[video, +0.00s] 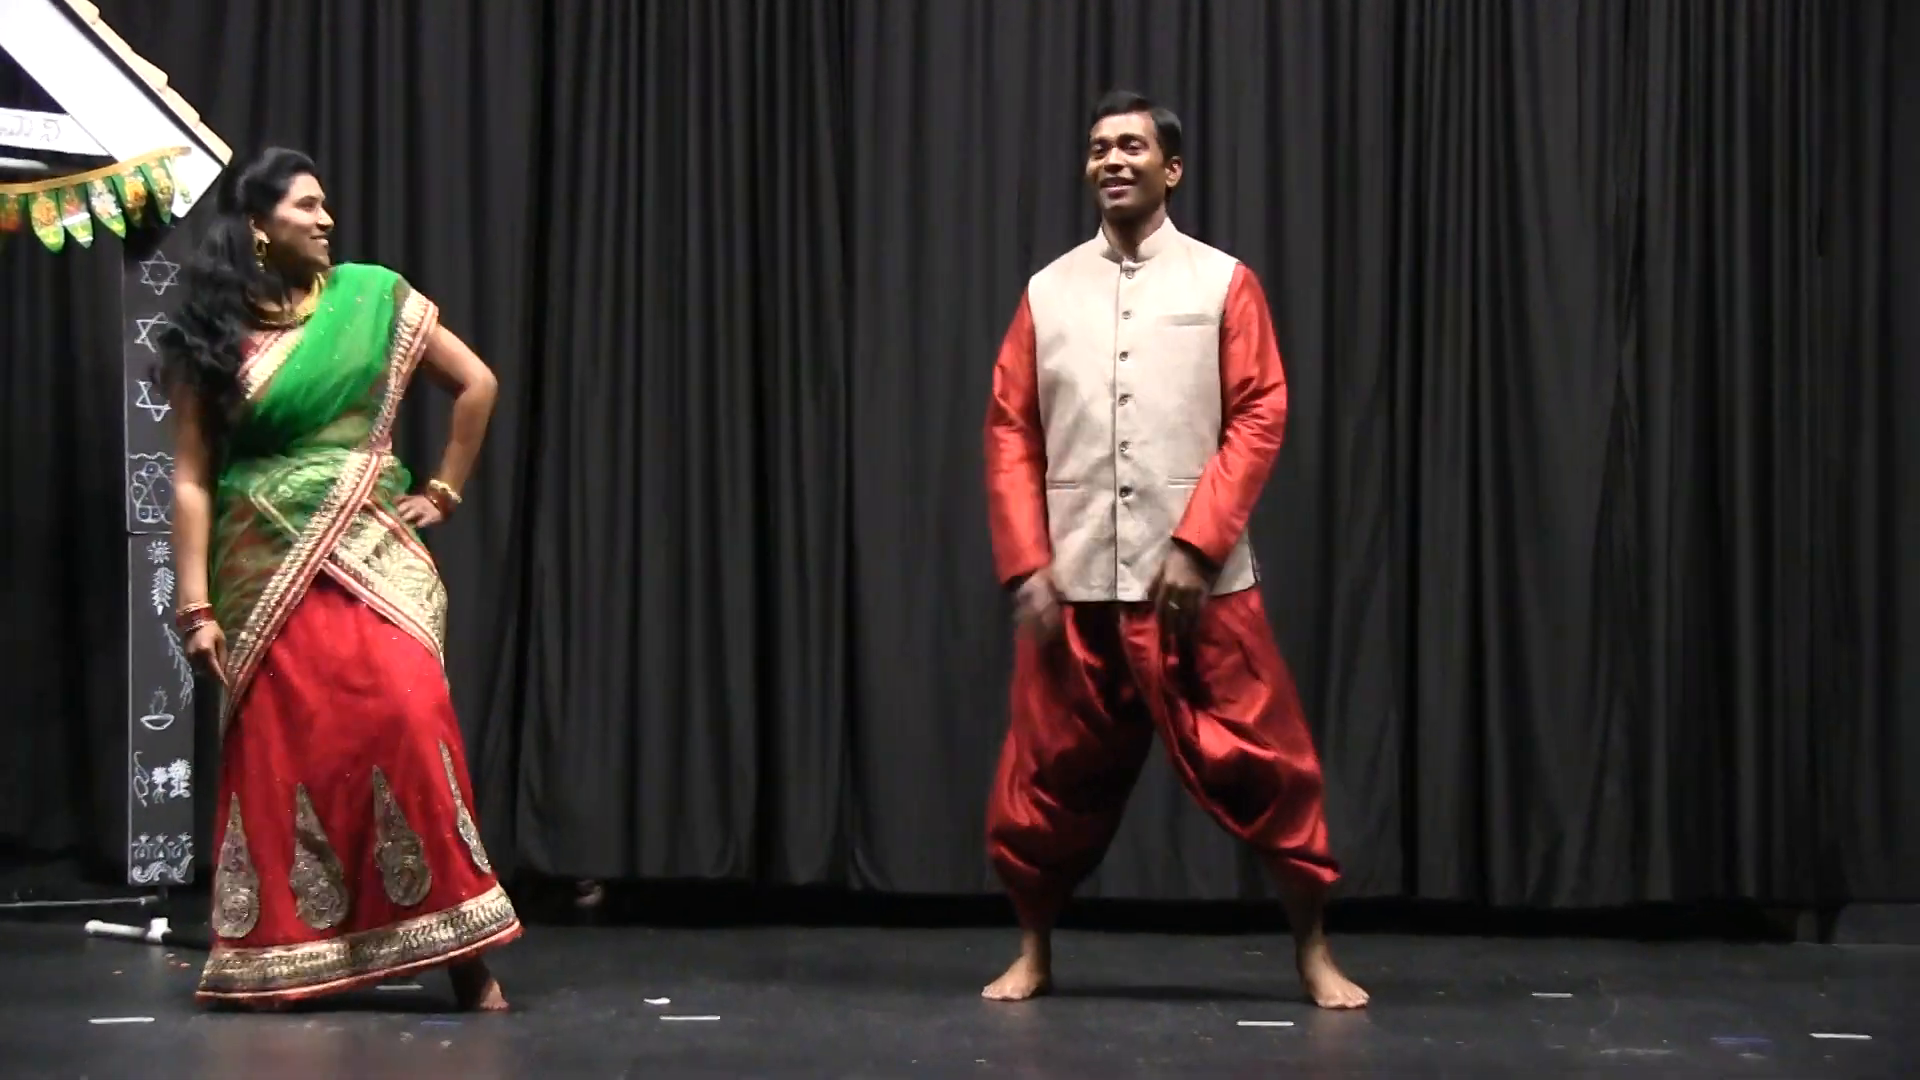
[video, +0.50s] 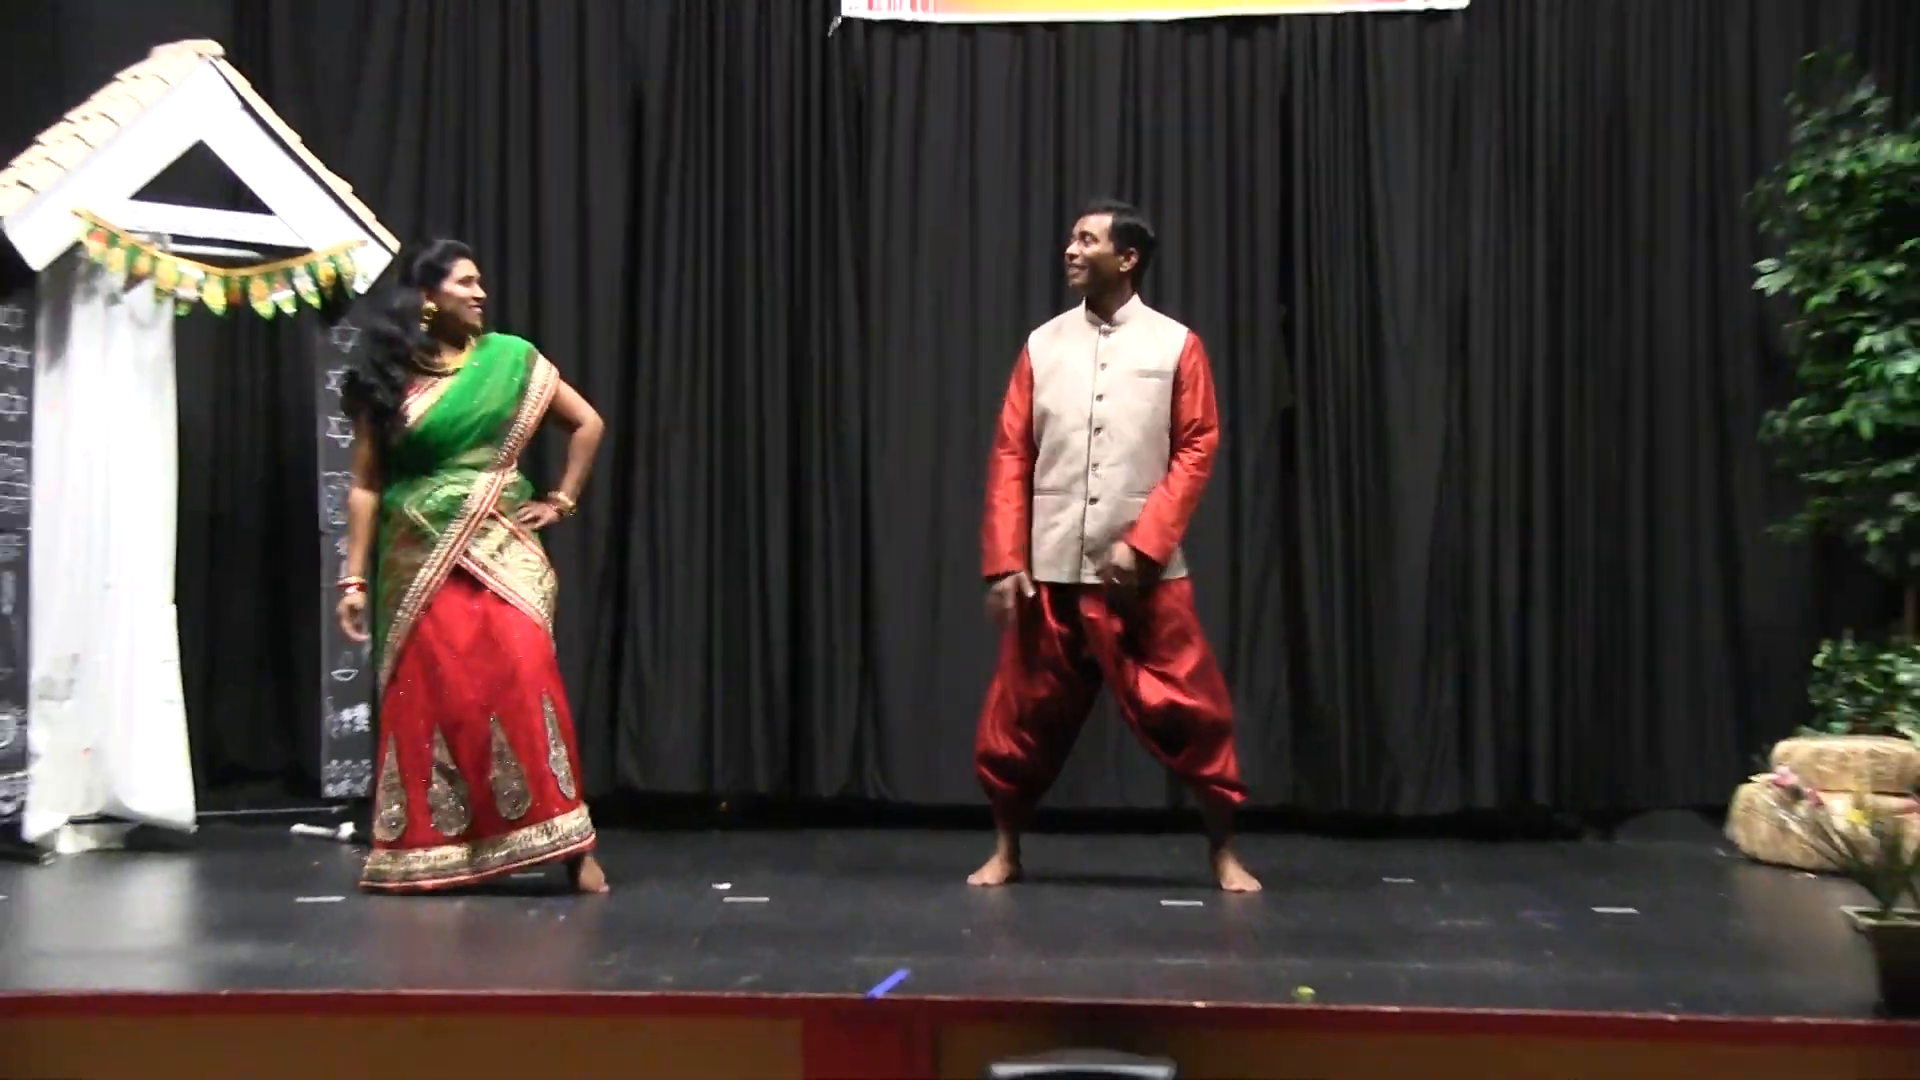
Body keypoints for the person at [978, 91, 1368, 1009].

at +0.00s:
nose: (1113, 160)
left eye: (1131, 146)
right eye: (1101, 149)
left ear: (1170, 166)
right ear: (1087, 173)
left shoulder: (1224, 282)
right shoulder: (1048, 290)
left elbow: (1261, 417)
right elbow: (1011, 431)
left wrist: (1198, 546)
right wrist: (1026, 565)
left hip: (1200, 579)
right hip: (1074, 584)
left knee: (1273, 763)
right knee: (1043, 774)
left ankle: (1315, 956)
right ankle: (1031, 955)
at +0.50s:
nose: (1071, 250)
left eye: (1087, 240)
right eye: (1071, 239)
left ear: (1129, 256)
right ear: (1073, 254)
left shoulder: (1176, 344)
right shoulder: (1041, 345)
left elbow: (1198, 448)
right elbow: (1011, 453)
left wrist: (1147, 542)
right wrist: (1005, 559)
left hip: (1143, 571)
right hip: (1049, 571)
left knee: (1196, 711)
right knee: (1018, 715)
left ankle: (1224, 855)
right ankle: (1004, 852)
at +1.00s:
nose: (1063, 276)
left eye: (1076, 266)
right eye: (1062, 267)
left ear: (1116, 279)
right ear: (1068, 281)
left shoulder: (1164, 364)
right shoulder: (1038, 365)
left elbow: (1188, 458)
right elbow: (1007, 466)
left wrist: (1126, 524)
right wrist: (996, 560)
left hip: (1132, 569)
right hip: (1043, 571)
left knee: (1175, 701)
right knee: (1012, 704)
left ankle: (1201, 834)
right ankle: (996, 830)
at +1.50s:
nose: (1065, 292)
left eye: (1079, 283)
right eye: (1058, 283)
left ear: (1107, 299)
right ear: (1046, 297)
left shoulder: (1140, 382)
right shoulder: (1015, 384)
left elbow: (1166, 482)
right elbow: (989, 489)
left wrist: (1138, 577)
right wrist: (979, 588)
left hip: (1114, 587)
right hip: (1035, 589)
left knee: (1140, 717)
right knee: (1042, 723)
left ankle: (1186, 831)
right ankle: (1059, 835)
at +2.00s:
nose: (1058, 318)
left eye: (1070, 307)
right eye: (1047, 307)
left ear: (1093, 321)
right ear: (1032, 321)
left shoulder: (1130, 401)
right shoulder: (998, 407)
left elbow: (1171, 490)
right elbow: (964, 503)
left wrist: (1131, 540)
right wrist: (1006, 513)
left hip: (1118, 593)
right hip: (1042, 595)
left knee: (1098, 701)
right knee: (1032, 713)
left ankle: (1097, 853)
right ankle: (1059, 821)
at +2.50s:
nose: (1064, 425)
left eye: (1078, 414)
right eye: (1053, 414)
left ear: (1100, 428)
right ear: (1037, 427)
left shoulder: (1133, 501)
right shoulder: (1000, 511)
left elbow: (1156, 596)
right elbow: (987, 631)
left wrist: (1091, 653)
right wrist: (1006, 731)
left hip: (1118, 682)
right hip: (1031, 692)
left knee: (1069, 699)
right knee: (1011, 840)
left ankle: (1090, 849)